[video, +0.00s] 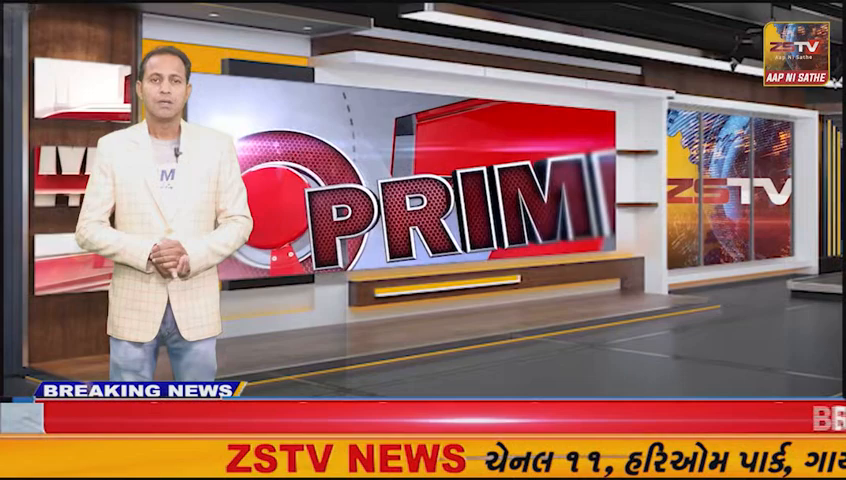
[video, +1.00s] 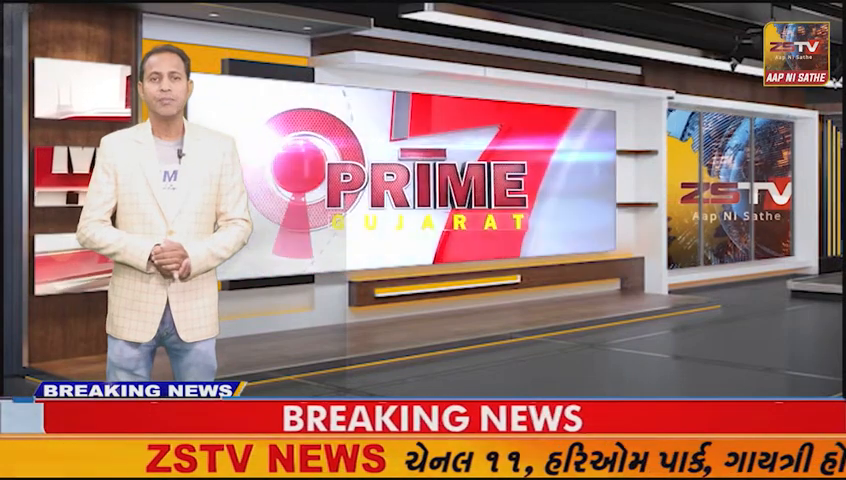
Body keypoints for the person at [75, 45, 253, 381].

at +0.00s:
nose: (165, 89)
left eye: (175, 80)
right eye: (155, 79)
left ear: (187, 91)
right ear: (140, 89)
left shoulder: (217, 146)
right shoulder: (112, 147)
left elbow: (238, 221)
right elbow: (89, 228)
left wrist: (193, 255)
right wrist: (148, 254)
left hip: (196, 302)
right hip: (134, 303)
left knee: (201, 413)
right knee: (128, 414)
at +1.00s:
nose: (165, 86)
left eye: (175, 77)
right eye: (155, 78)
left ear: (189, 87)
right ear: (142, 89)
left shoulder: (220, 147)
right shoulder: (114, 147)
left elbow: (238, 223)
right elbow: (90, 227)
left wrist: (193, 257)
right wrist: (149, 254)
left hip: (195, 304)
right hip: (132, 304)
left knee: (201, 413)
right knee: (123, 414)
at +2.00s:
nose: (159, 86)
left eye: (168, 76)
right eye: (149, 78)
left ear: (184, 86)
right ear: (136, 91)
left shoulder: (216, 146)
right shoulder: (113, 147)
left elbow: (235, 222)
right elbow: (89, 229)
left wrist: (193, 255)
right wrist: (147, 244)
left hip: (194, 303)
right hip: (132, 303)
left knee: (200, 414)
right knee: (124, 417)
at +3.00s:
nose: (160, 86)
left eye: (169, 77)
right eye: (149, 78)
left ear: (184, 87)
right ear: (136, 91)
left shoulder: (215, 147)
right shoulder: (113, 149)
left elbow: (244, 220)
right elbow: (81, 228)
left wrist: (205, 260)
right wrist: (138, 256)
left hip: (195, 306)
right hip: (133, 306)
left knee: (201, 418)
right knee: (125, 420)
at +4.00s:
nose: (164, 86)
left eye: (173, 77)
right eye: (153, 78)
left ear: (186, 87)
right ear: (139, 89)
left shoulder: (218, 148)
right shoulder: (114, 149)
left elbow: (239, 224)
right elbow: (91, 232)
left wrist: (201, 279)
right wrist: (145, 279)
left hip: (198, 310)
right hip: (134, 310)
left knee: (203, 420)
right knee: (125, 421)